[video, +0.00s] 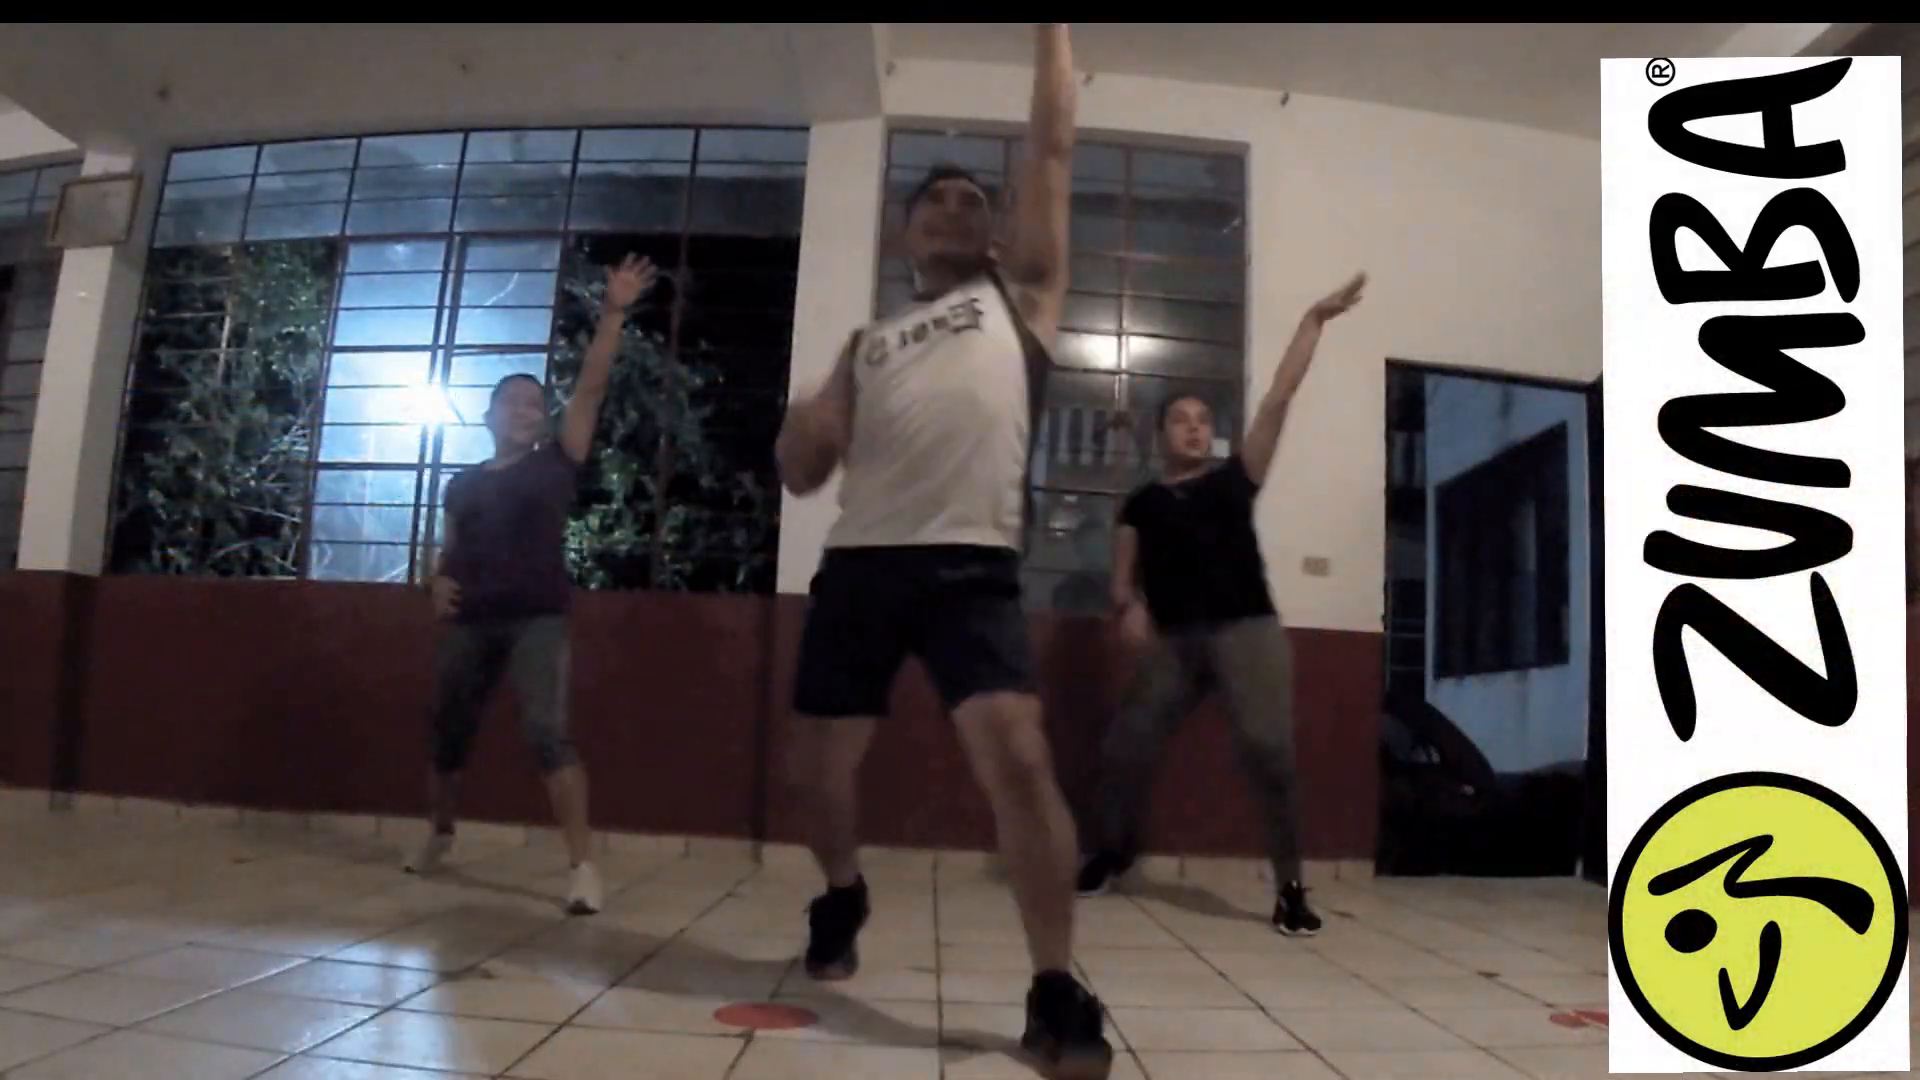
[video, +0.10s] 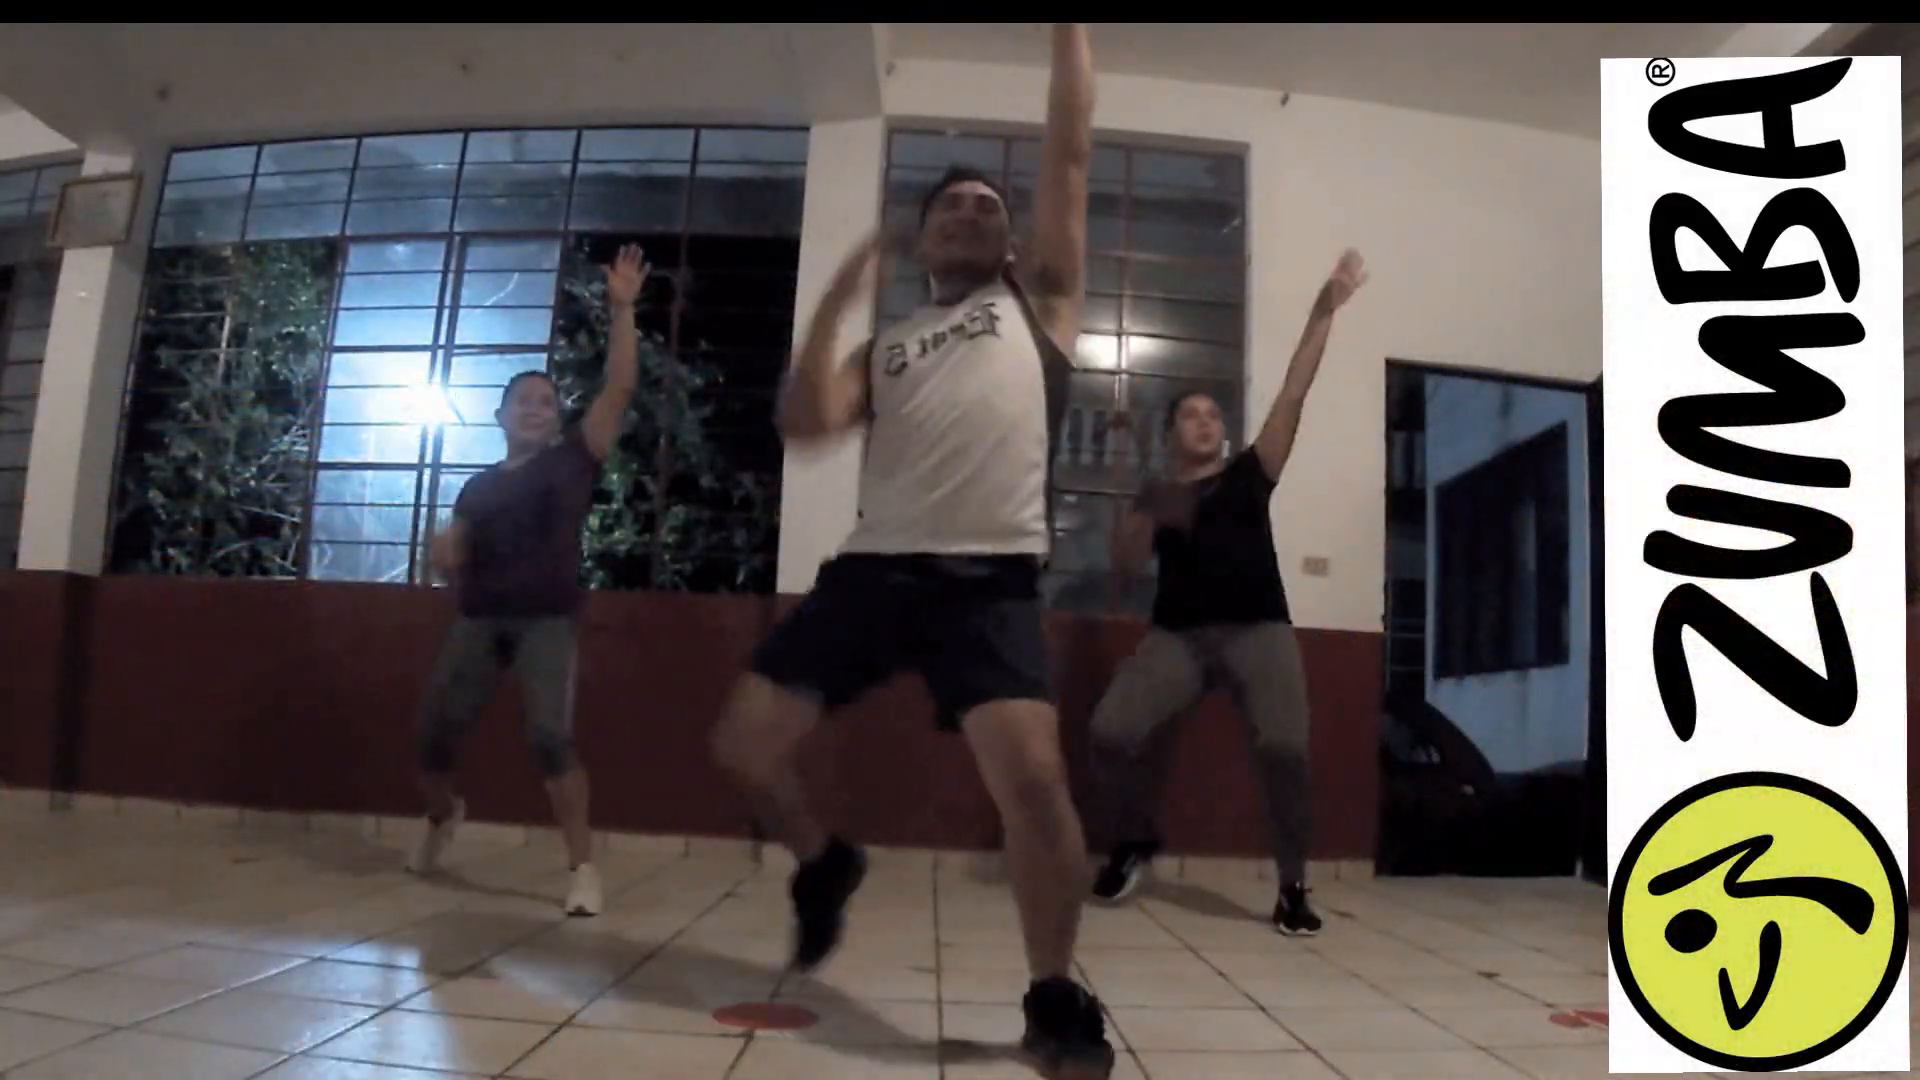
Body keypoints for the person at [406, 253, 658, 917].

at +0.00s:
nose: (528, 411)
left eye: (536, 405)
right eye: (517, 402)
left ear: (546, 419)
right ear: (493, 414)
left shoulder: (557, 465)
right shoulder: (465, 485)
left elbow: (591, 388)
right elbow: (449, 550)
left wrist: (615, 310)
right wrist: (440, 583)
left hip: (539, 613)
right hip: (473, 613)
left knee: (547, 734)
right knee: (447, 725)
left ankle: (582, 866)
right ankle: (439, 833)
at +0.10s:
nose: (538, 406)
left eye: (547, 400)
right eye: (527, 399)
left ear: (557, 416)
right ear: (504, 415)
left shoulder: (575, 461)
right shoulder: (479, 489)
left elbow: (618, 390)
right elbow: (455, 557)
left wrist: (623, 307)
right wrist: (443, 554)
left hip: (548, 617)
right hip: (479, 616)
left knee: (550, 739)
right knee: (435, 727)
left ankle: (582, 866)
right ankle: (442, 814)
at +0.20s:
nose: (537, 404)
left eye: (548, 397)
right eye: (526, 397)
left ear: (565, 412)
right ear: (508, 413)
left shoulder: (582, 461)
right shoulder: (487, 477)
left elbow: (640, 400)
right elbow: (420, 507)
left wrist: (627, 319)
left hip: (548, 618)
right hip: (481, 614)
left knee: (549, 738)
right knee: (416, 720)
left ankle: (581, 868)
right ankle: (438, 821)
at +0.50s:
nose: (515, 425)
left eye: (527, 418)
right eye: (506, 413)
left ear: (540, 433)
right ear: (485, 420)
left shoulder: (541, 493)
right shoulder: (451, 458)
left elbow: (611, 508)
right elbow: (428, 367)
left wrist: (604, 426)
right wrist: (426, 283)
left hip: (512, 619)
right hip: (441, 616)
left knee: (537, 738)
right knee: (381, 735)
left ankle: (581, 868)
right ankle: (374, 861)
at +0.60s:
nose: (511, 416)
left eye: (520, 409)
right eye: (501, 405)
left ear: (526, 418)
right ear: (475, 406)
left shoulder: (532, 480)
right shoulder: (436, 449)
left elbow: (587, 543)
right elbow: (395, 365)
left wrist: (578, 497)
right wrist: (419, 292)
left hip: (505, 616)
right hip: (432, 615)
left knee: (540, 725)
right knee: (378, 727)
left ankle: (575, 860)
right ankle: (372, 860)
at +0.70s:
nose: (500, 407)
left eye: (510, 398)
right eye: (489, 396)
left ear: (523, 409)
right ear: (468, 401)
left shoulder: (533, 473)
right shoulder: (433, 450)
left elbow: (576, 531)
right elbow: (375, 384)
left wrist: (571, 561)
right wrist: (409, 315)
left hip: (503, 615)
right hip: (431, 611)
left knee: (536, 727)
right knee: (377, 725)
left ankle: (572, 846)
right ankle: (372, 859)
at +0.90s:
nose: (505, 415)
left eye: (517, 407)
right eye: (495, 406)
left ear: (535, 419)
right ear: (480, 418)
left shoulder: (559, 474)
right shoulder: (460, 475)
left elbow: (612, 533)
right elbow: (380, 467)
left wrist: (587, 598)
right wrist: (397, 410)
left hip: (528, 627)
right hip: (459, 622)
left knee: (540, 745)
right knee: (406, 724)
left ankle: (570, 844)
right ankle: (370, 853)